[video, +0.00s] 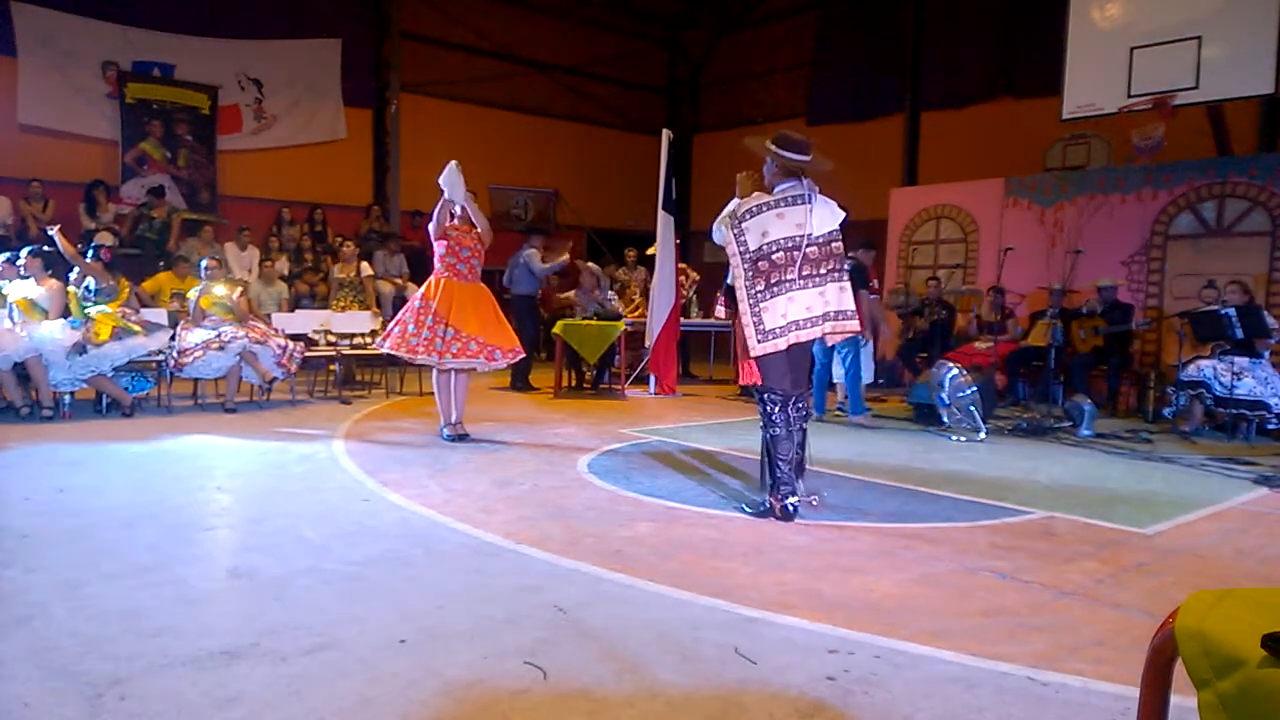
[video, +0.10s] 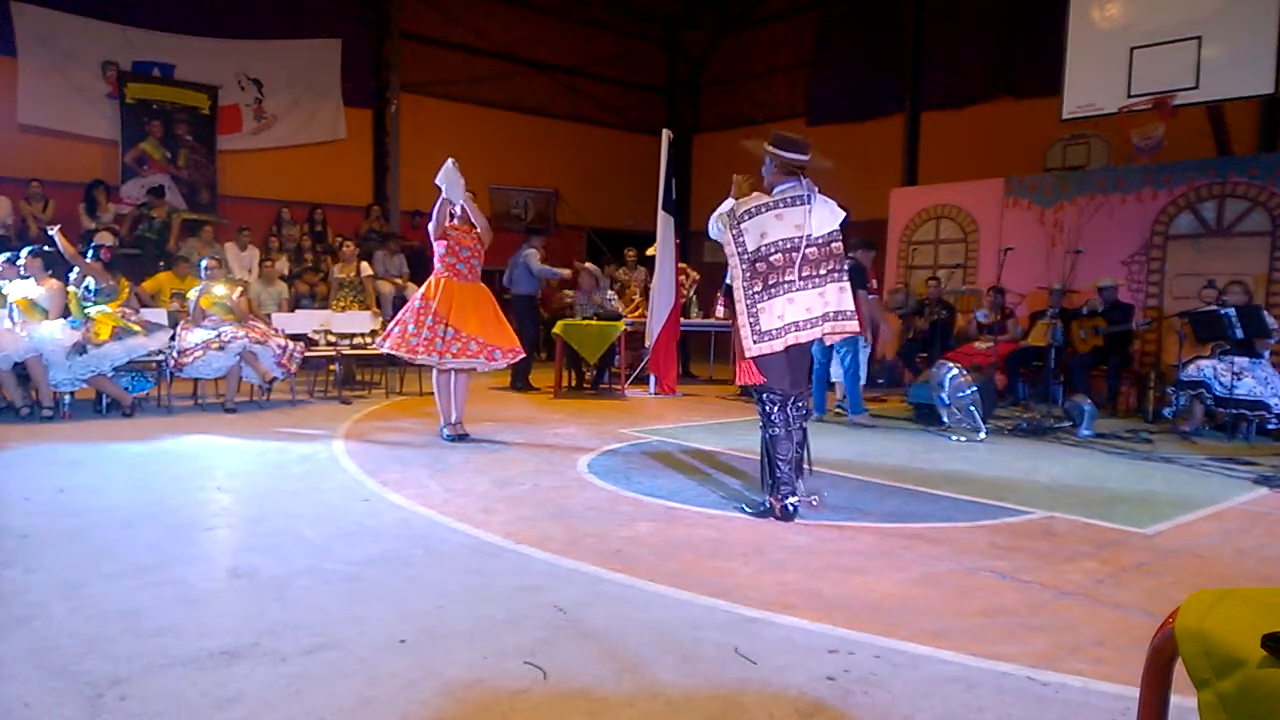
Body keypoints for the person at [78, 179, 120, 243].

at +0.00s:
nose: (100, 194)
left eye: (103, 191)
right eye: (97, 191)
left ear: (106, 193)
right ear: (91, 193)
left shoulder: (112, 207)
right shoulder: (83, 207)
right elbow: (86, 224)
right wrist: (110, 226)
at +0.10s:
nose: (100, 194)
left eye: (103, 191)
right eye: (97, 191)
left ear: (106, 192)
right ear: (91, 193)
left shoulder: (112, 207)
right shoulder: (84, 207)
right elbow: (86, 225)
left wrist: (102, 204)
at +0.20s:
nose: (100, 194)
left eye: (103, 191)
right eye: (97, 191)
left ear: (106, 192)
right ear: (91, 193)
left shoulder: (112, 207)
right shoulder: (84, 207)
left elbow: (132, 210)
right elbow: (86, 224)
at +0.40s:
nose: (100, 193)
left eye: (102, 190)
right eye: (96, 191)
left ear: (106, 192)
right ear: (90, 193)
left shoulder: (111, 206)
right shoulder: (83, 207)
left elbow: (132, 211)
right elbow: (86, 225)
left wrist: (125, 229)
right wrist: (109, 226)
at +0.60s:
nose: (96, 197)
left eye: (98, 193)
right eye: (93, 193)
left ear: (103, 193)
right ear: (86, 194)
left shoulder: (108, 205)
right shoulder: (80, 206)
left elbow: (112, 220)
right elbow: (83, 224)